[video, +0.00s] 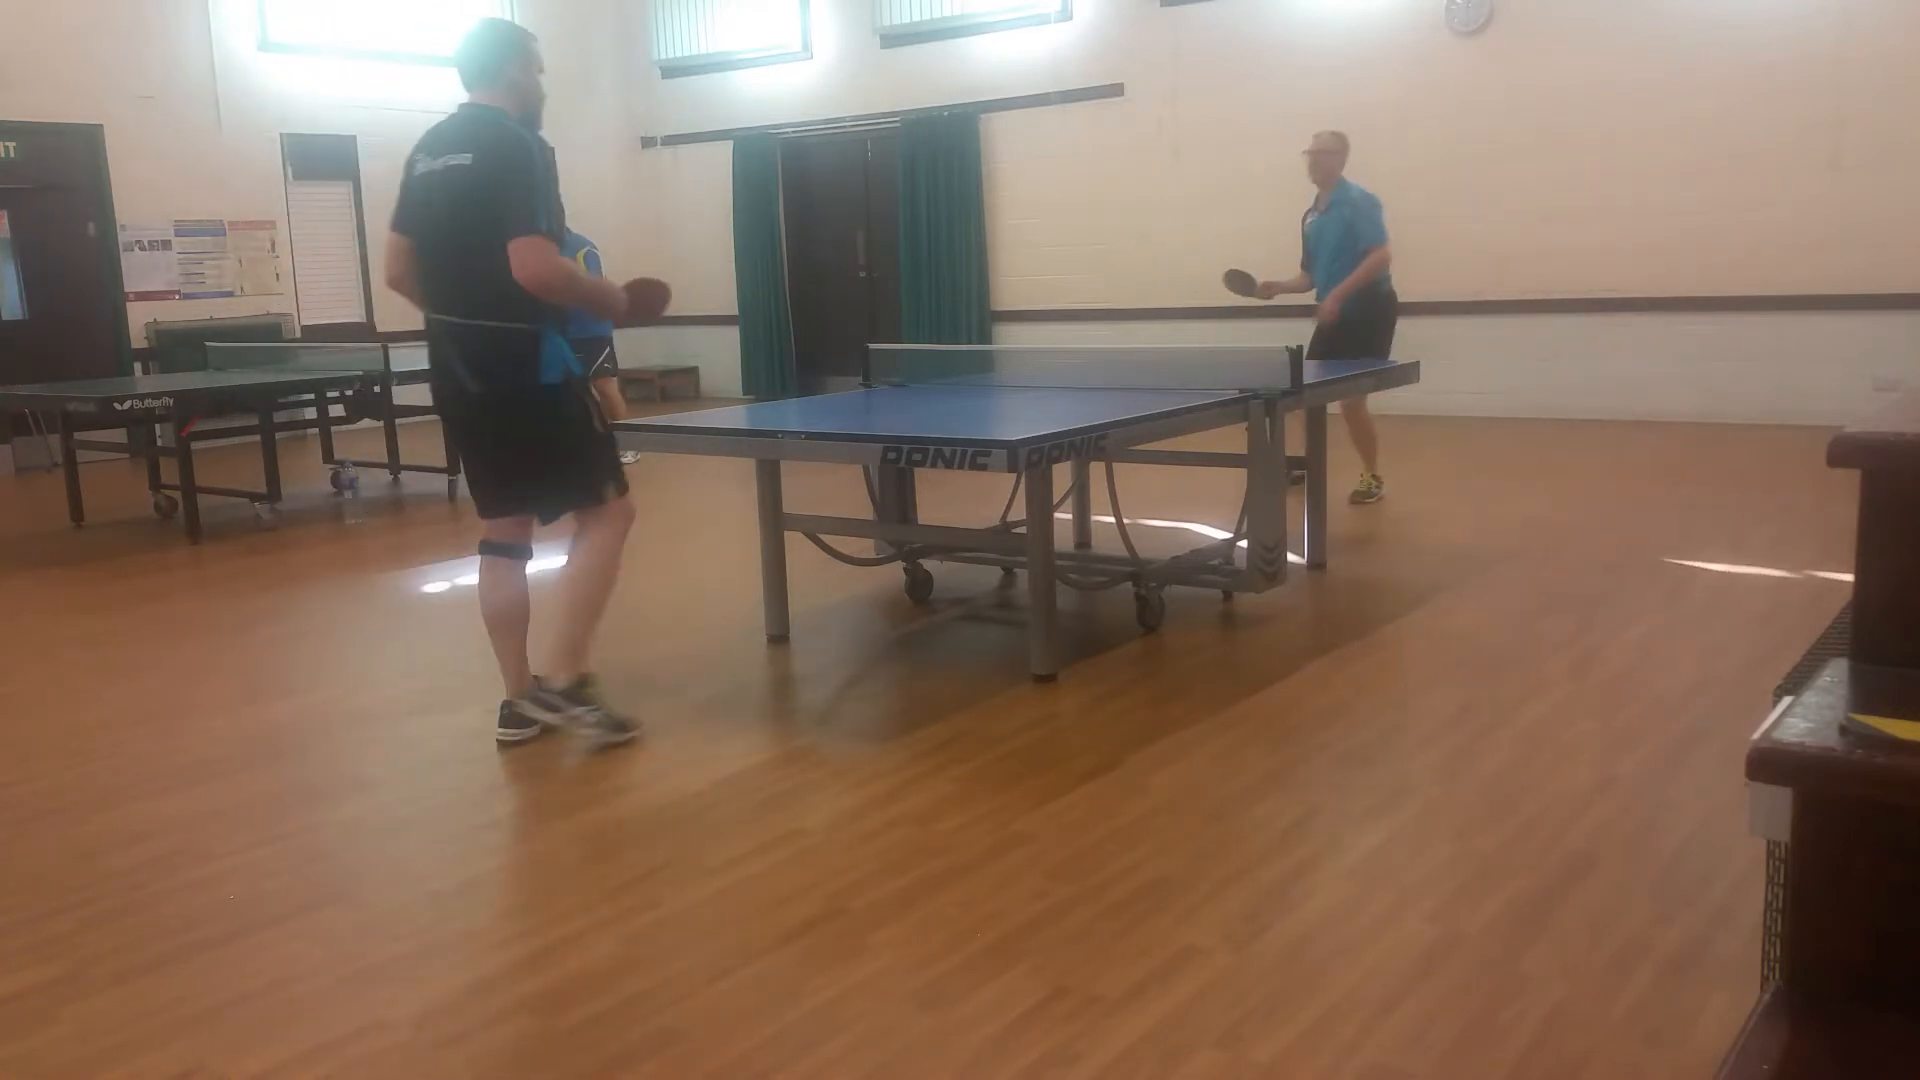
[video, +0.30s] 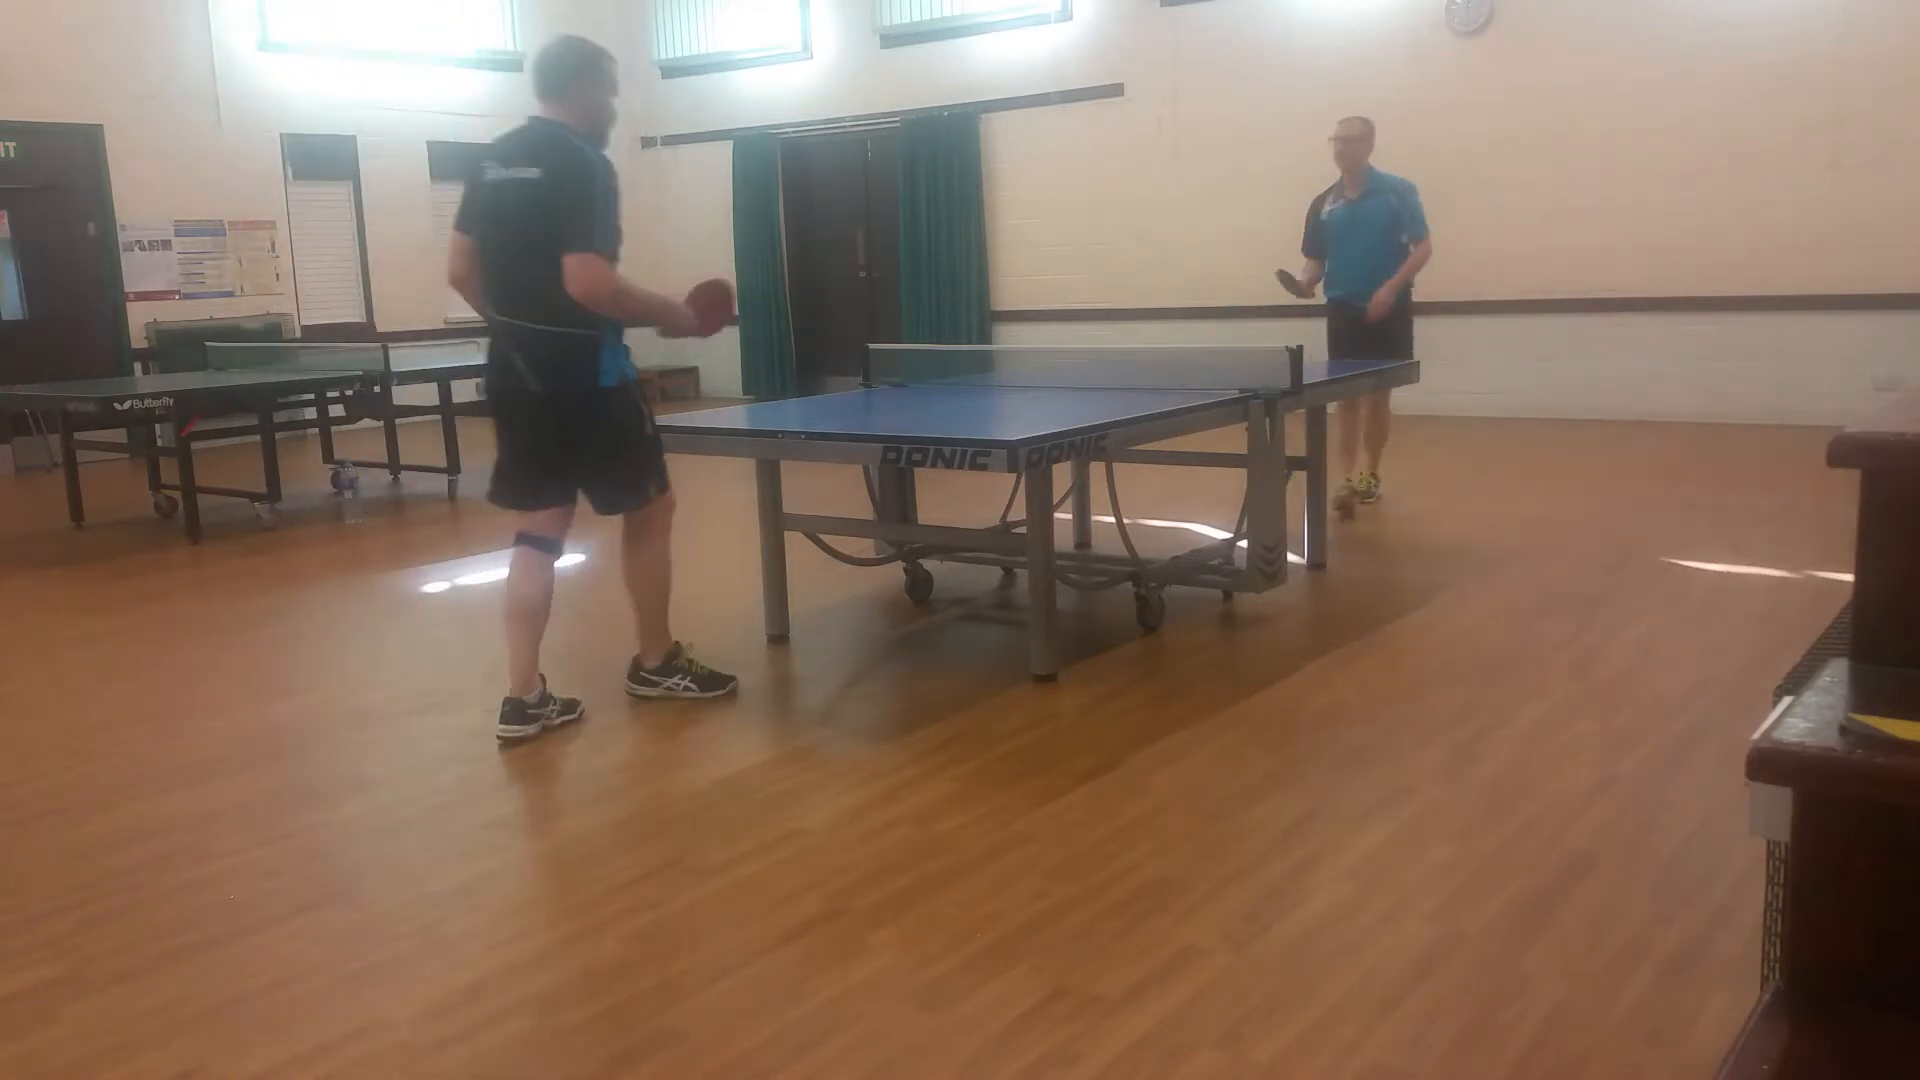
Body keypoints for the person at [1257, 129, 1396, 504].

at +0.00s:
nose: (1312, 162)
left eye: (1321, 155)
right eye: (1310, 155)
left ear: (1340, 159)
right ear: (1307, 160)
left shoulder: (1361, 202)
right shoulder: (1312, 216)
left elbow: (1380, 257)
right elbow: (1308, 278)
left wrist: (1336, 295)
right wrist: (1276, 287)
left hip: (1368, 306)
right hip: (1333, 309)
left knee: (1351, 396)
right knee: (1310, 388)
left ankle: (1371, 476)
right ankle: (1307, 465)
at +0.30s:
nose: (1343, 149)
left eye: (1352, 141)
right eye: (1338, 141)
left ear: (1370, 146)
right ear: (1331, 146)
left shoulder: (1399, 192)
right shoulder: (1323, 204)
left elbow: (1423, 247)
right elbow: (1315, 258)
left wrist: (1391, 288)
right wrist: (1305, 281)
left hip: (1387, 310)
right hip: (1342, 312)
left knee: (1376, 396)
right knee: (1346, 398)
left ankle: (1370, 475)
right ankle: (1345, 480)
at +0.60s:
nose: (1355, 150)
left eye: (1363, 142)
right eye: (1349, 144)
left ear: (1380, 144)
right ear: (1341, 151)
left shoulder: (1417, 186)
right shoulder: (1338, 208)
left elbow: (1443, 246)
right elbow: (1324, 267)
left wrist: (1444, 305)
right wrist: (1346, 306)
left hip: (1415, 316)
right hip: (1367, 318)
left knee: (1413, 412)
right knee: (1376, 407)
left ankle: (1378, 454)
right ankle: (1373, 493)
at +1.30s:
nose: (1382, 171)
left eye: (1391, 161)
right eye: (1374, 164)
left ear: (1406, 168)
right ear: (1364, 170)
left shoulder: (1427, 205)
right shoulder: (1344, 209)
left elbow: (1451, 259)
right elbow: (1325, 260)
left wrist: (1434, 274)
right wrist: (1338, 280)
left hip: (1419, 314)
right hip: (1372, 314)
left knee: (1423, 404)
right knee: (1377, 404)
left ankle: (1400, 463)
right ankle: (1371, 490)